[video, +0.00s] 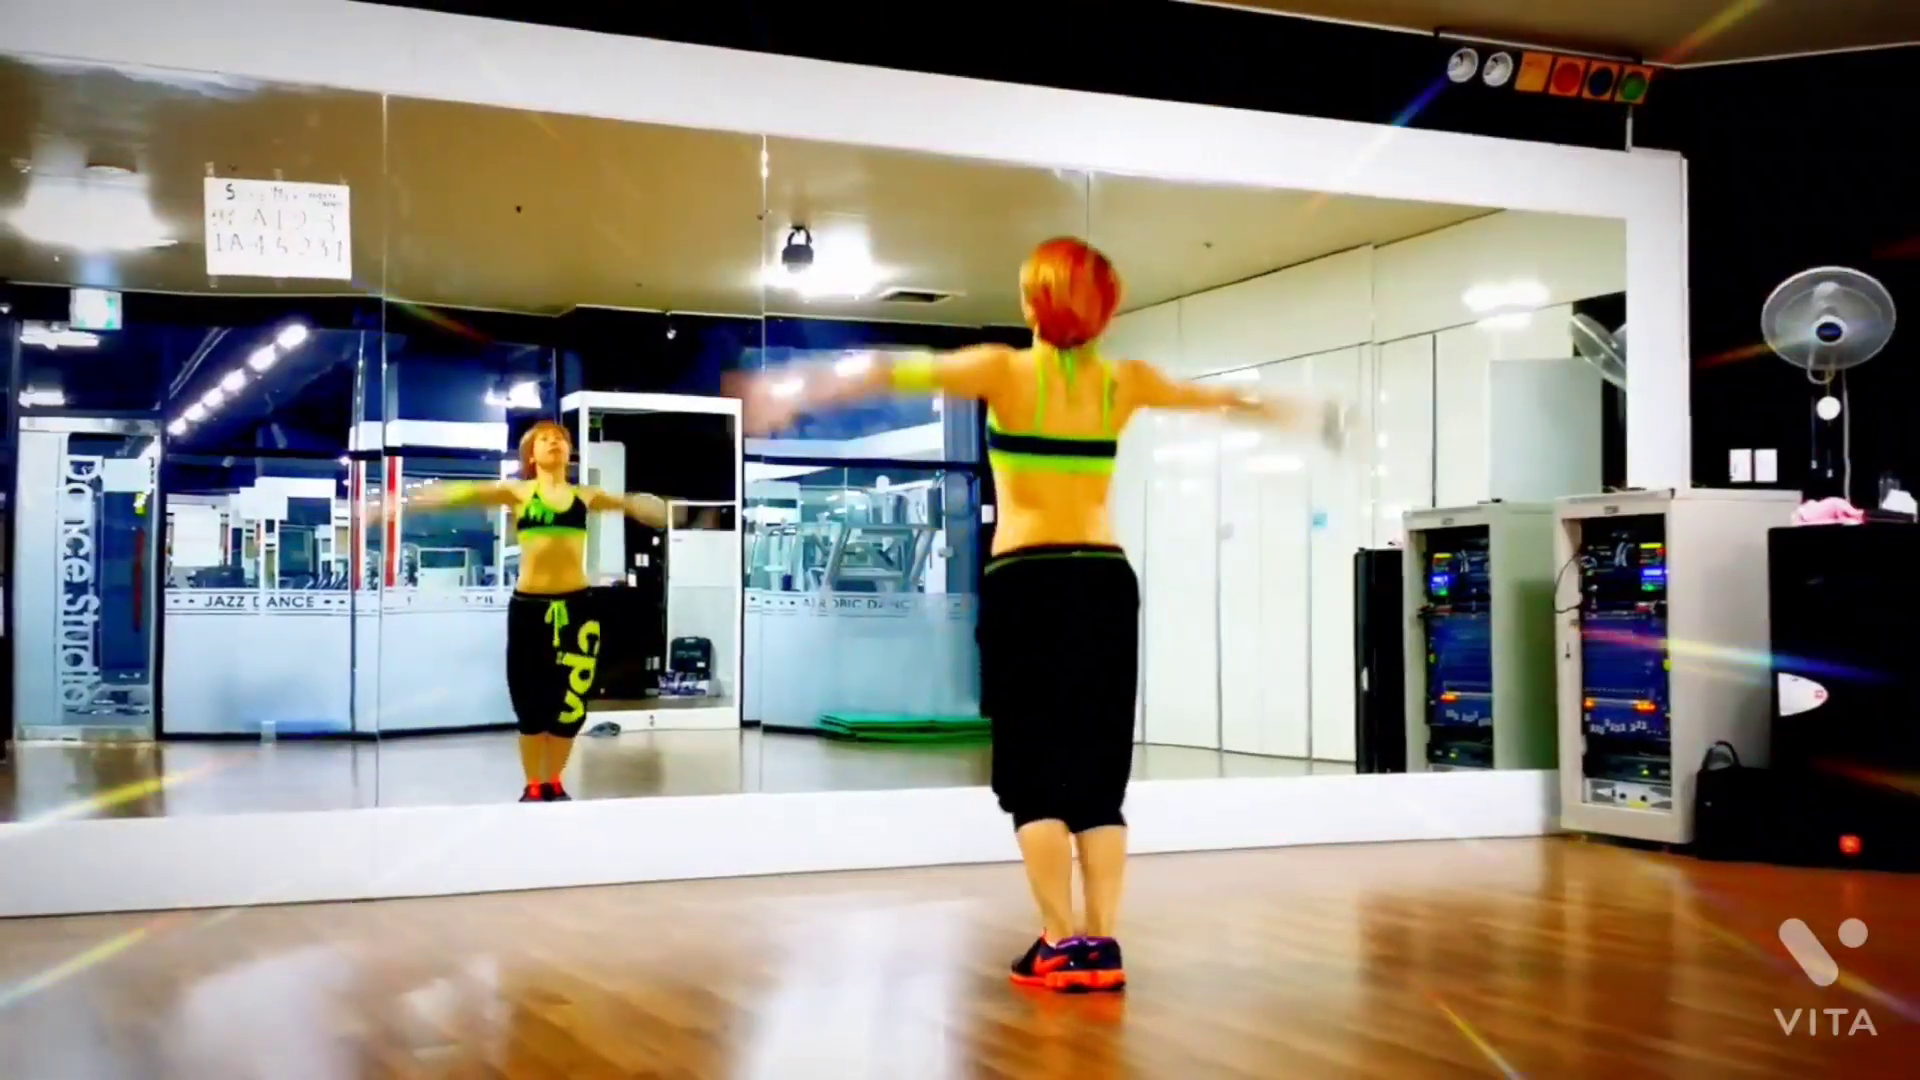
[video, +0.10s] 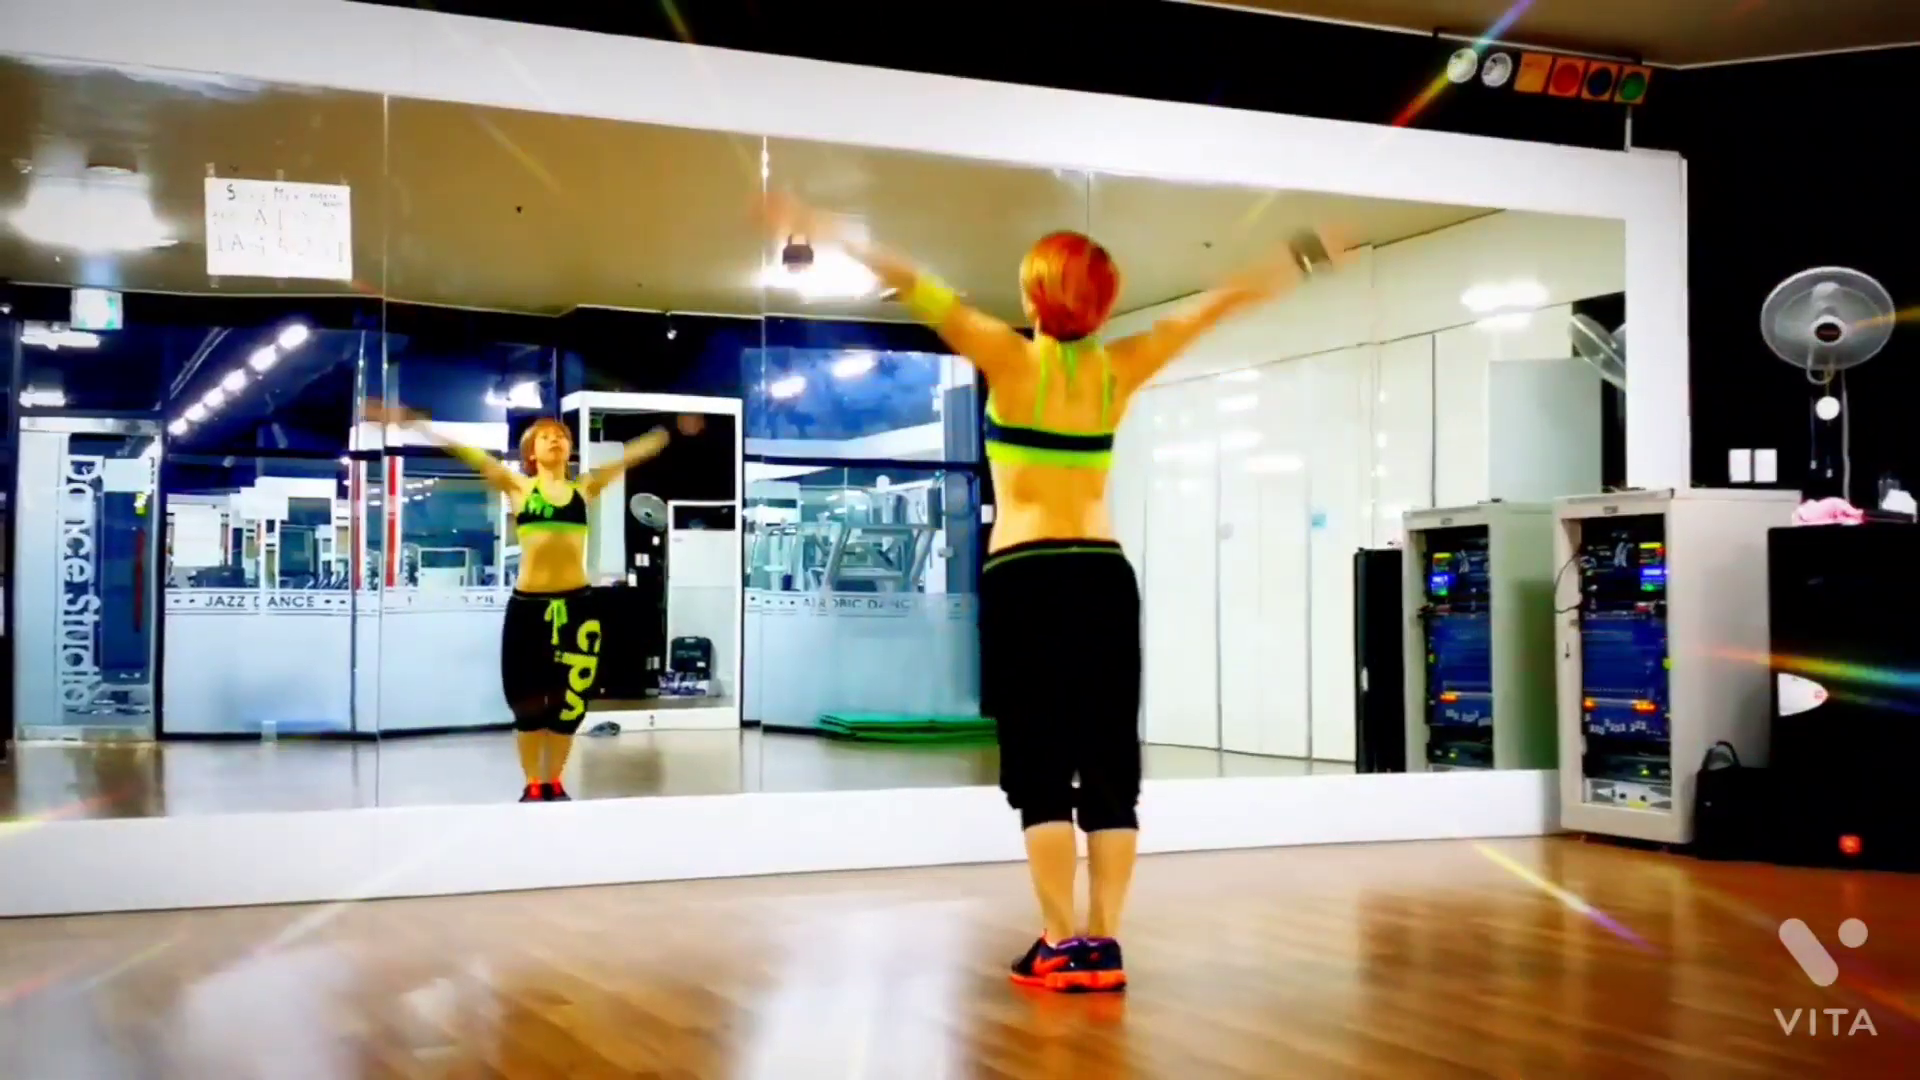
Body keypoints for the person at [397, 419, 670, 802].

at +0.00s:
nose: (554, 443)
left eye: (559, 438)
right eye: (545, 439)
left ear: (570, 450)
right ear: (530, 454)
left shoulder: (584, 495)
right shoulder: (517, 491)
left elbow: (627, 502)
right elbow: (463, 494)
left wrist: (656, 511)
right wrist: (408, 502)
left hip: (577, 604)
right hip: (530, 605)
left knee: (570, 702)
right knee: (531, 702)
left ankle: (553, 781)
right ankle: (533, 785)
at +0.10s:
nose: (554, 442)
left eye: (560, 437)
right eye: (546, 437)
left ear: (570, 449)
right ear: (531, 450)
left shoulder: (583, 487)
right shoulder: (519, 487)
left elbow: (629, 457)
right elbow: (470, 455)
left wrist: (672, 429)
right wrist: (416, 423)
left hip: (576, 603)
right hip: (528, 604)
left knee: (570, 701)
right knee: (529, 704)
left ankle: (554, 782)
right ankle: (532, 785)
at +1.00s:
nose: (544, 471)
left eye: (551, 466)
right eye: (536, 465)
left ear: (559, 477)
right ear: (521, 476)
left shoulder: (570, 514)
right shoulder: (507, 517)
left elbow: (590, 533)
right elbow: (523, 534)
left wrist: (567, 507)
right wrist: (549, 506)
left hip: (569, 620)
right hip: (524, 621)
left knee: (568, 715)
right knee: (531, 713)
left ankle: (552, 782)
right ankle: (532, 786)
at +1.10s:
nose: (542, 463)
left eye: (548, 454)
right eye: (534, 455)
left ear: (560, 459)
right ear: (521, 462)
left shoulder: (569, 503)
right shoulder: (509, 502)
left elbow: (588, 500)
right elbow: (510, 502)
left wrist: (580, 482)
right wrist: (556, 458)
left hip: (569, 610)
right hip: (523, 612)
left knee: (568, 706)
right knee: (529, 707)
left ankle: (552, 781)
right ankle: (532, 785)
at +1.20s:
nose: (545, 452)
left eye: (552, 446)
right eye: (536, 446)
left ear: (562, 455)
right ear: (523, 455)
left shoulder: (571, 492)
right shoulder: (514, 491)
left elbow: (591, 445)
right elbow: (518, 437)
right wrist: (551, 393)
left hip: (571, 602)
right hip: (525, 605)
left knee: (569, 704)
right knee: (530, 707)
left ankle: (551, 782)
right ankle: (532, 785)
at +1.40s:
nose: (549, 452)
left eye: (555, 444)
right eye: (539, 445)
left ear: (564, 451)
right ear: (523, 451)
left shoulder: (573, 483)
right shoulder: (513, 482)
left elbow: (582, 426)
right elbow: (500, 422)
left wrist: (585, 371)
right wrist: (485, 366)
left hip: (573, 601)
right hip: (525, 604)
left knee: (568, 700)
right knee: (526, 703)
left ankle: (552, 783)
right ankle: (532, 786)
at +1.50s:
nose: (548, 455)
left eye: (554, 448)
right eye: (540, 449)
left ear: (564, 453)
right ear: (524, 454)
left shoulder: (573, 482)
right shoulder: (513, 482)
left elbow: (594, 436)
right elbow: (483, 426)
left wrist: (616, 393)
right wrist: (450, 381)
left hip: (573, 601)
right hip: (525, 603)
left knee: (567, 699)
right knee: (524, 701)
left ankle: (553, 783)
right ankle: (530, 785)